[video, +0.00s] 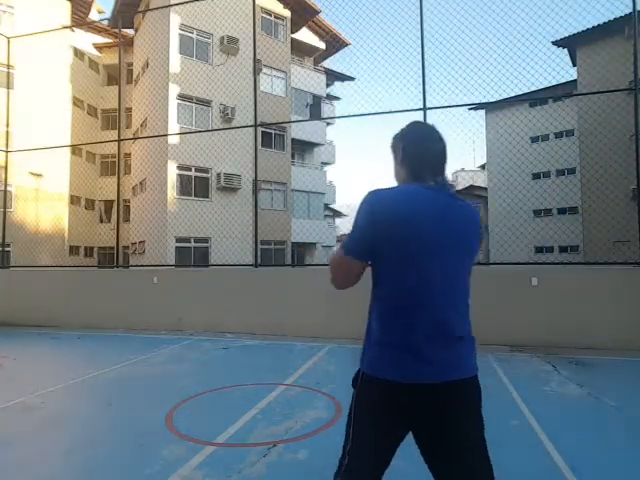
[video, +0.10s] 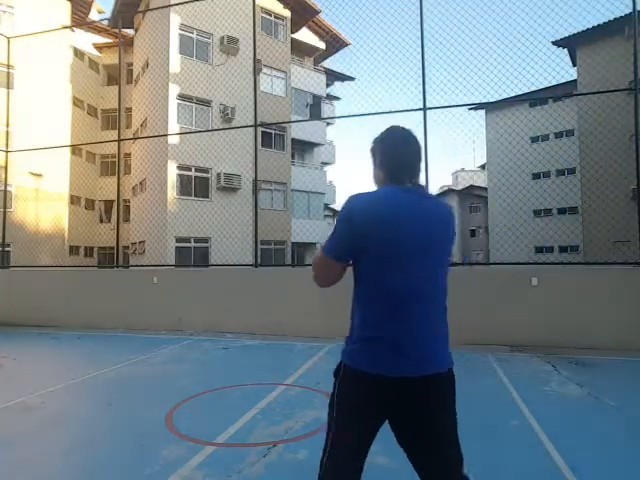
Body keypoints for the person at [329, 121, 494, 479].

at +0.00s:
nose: (394, 165)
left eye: (394, 158)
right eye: (394, 157)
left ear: (402, 160)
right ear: (441, 161)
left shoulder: (380, 204)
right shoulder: (469, 214)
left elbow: (342, 277)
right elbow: (455, 267)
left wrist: (346, 244)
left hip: (387, 381)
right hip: (454, 383)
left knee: (356, 472)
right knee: (470, 473)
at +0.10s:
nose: (372, 167)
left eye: (373, 160)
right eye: (373, 160)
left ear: (380, 163)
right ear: (416, 164)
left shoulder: (360, 208)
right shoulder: (443, 214)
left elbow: (323, 276)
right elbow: (434, 266)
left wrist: (346, 245)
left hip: (367, 374)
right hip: (430, 373)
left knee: (339, 470)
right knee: (445, 471)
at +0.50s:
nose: (356, 187)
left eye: (357, 182)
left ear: (359, 184)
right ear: (396, 188)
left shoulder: (331, 215)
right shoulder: (413, 228)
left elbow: (307, 283)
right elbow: (407, 287)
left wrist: (337, 263)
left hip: (331, 356)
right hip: (386, 360)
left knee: (308, 430)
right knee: (395, 451)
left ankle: (313, 476)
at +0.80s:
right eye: (363, 194)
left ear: (328, 192)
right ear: (363, 195)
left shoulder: (300, 224)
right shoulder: (376, 232)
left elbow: (274, 281)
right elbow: (368, 275)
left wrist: (305, 255)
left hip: (303, 360)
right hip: (354, 361)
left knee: (273, 445)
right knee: (379, 454)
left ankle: (258, 476)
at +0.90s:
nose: (343, 199)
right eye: (345, 194)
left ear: (310, 193)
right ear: (343, 196)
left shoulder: (283, 223)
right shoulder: (355, 231)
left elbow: (266, 276)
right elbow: (350, 278)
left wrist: (297, 255)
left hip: (285, 352)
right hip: (335, 354)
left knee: (270, 432)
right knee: (355, 438)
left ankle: (259, 476)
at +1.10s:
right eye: (321, 204)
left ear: (291, 200)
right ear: (322, 206)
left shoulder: (263, 222)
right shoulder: (330, 233)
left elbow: (246, 263)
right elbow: (327, 268)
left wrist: (278, 251)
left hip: (264, 340)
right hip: (307, 343)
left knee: (260, 398)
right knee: (322, 427)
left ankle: (250, 466)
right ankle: (311, 476)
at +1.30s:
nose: (302, 223)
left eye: (303, 218)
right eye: (302, 218)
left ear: (274, 208)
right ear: (298, 217)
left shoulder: (245, 231)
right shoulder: (295, 240)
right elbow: (309, 266)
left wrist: (266, 221)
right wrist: (305, 242)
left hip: (236, 342)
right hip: (274, 345)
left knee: (234, 392)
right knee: (293, 420)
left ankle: (220, 449)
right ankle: (295, 474)